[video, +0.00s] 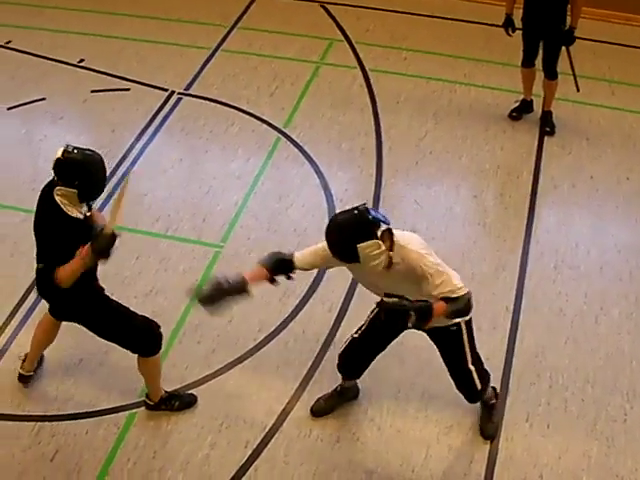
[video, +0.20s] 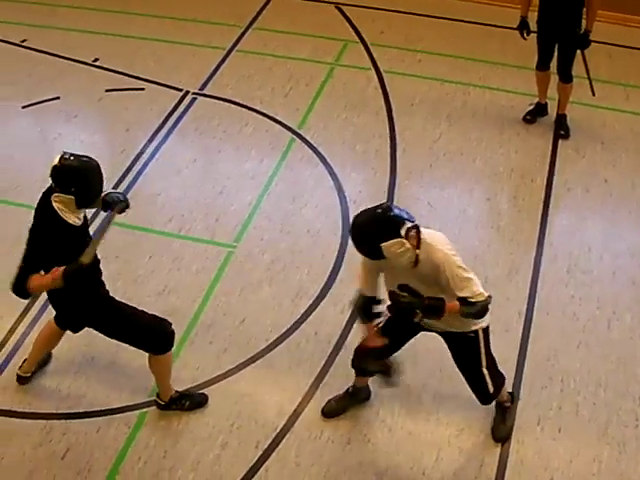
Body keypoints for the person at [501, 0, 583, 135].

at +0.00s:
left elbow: (576, 2)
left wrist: (572, 28)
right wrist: (509, 14)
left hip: (556, 23)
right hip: (531, 20)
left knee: (550, 69)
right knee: (527, 62)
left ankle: (547, 113)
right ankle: (526, 101)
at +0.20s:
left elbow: (592, 4)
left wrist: (588, 31)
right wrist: (523, 17)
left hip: (571, 26)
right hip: (546, 22)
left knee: (565, 73)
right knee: (542, 65)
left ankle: (561, 116)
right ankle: (541, 104)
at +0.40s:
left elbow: (609, 6)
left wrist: (604, 34)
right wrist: (540, 20)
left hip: (587, 30)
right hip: (562, 26)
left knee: (581, 75)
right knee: (558, 68)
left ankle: (577, 119)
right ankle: (557, 107)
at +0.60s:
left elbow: (624, 6)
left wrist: (618, 37)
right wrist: (554, 21)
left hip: (601, 30)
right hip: (577, 26)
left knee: (594, 76)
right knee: (572, 69)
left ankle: (591, 121)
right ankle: (570, 109)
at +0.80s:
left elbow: (624, 7)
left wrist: (617, 37)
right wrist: (553, 22)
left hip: (601, 31)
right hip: (576, 27)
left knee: (594, 77)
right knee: (572, 70)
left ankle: (591, 121)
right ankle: (570, 109)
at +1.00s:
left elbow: (624, 6)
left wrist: (617, 37)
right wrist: (553, 22)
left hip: (601, 30)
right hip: (576, 27)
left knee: (594, 77)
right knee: (572, 69)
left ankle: (591, 121)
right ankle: (570, 109)